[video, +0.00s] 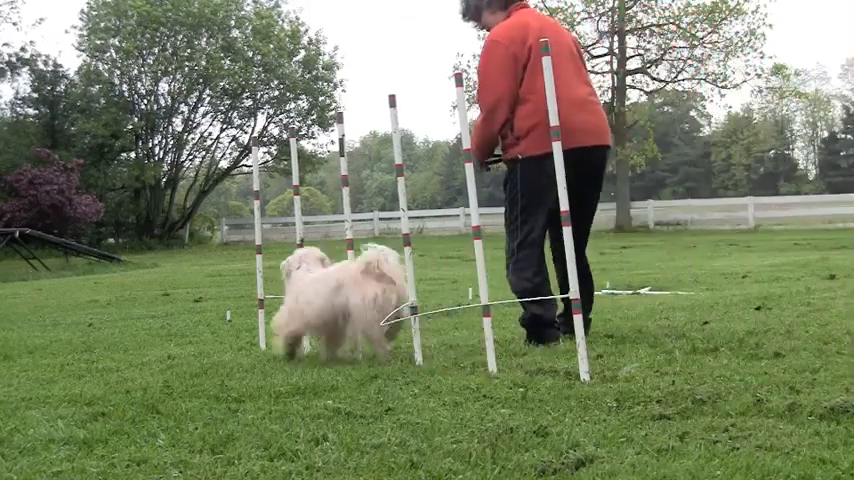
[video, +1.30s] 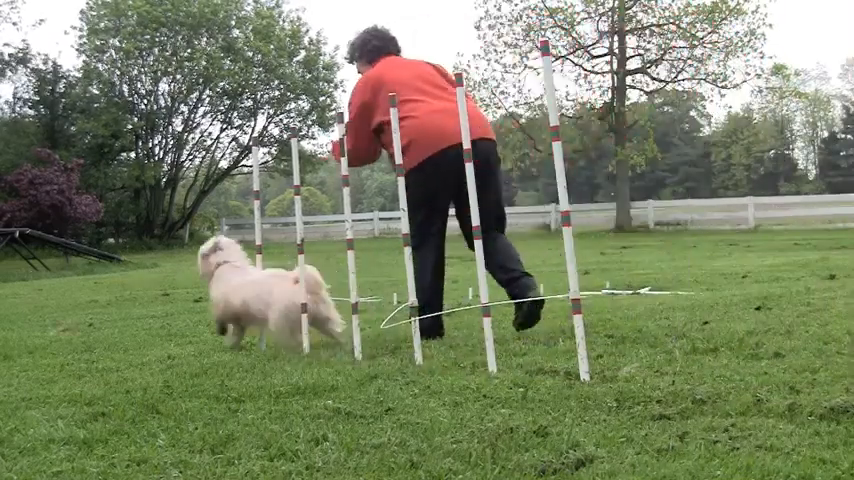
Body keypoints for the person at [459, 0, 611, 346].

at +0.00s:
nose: (483, 29)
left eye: (480, 20)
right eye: (477, 24)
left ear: (492, 6)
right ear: (514, 2)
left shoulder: (503, 37)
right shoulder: (561, 30)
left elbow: (495, 107)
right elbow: (575, 87)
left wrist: (479, 153)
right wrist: (519, 135)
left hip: (540, 145)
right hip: (593, 138)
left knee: (524, 243)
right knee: (571, 239)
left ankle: (542, 330)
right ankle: (578, 322)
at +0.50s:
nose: (470, 41)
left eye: (469, 33)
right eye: (467, 35)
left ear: (480, 21)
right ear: (506, 16)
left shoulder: (484, 51)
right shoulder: (549, 43)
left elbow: (479, 117)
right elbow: (575, 92)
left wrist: (479, 163)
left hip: (524, 150)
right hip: (582, 144)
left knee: (501, 235)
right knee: (572, 234)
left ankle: (499, 322)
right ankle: (577, 319)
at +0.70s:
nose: (444, 54)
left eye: (444, 46)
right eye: (442, 48)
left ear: (457, 35)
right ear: (480, 31)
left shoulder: (456, 65)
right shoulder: (521, 55)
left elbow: (449, 134)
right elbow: (552, 104)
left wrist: (450, 186)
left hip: (501, 160)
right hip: (557, 152)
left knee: (472, 245)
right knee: (558, 240)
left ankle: (441, 320)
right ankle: (574, 318)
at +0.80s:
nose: (424, 64)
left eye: (424, 57)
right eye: (421, 59)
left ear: (435, 46)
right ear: (459, 42)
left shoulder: (433, 81)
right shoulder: (499, 62)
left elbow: (427, 144)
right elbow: (535, 107)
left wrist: (429, 200)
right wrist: (544, 147)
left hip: (481, 165)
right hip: (536, 153)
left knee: (460, 251)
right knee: (550, 239)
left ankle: (436, 325)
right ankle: (573, 316)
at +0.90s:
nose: (399, 75)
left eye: (400, 68)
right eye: (397, 69)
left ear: (411, 59)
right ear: (434, 54)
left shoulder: (409, 90)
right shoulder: (474, 71)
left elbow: (391, 160)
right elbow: (511, 113)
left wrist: (367, 202)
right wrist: (533, 154)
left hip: (459, 169)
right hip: (517, 155)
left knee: (440, 248)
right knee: (541, 238)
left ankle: (430, 328)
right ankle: (569, 318)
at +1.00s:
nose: (379, 83)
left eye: (378, 76)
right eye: (377, 77)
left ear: (388, 68)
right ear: (414, 61)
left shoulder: (389, 96)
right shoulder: (454, 76)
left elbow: (361, 145)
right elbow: (493, 111)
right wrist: (520, 153)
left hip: (446, 166)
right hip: (503, 152)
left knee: (431, 247)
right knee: (529, 239)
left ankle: (429, 326)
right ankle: (566, 309)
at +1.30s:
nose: (359, 74)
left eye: (359, 68)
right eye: (357, 69)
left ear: (368, 59)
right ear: (394, 52)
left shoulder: (368, 82)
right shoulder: (430, 67)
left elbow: (361, 153)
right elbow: (460, 101)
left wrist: (342, 150)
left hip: (429, 152)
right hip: (481, 141)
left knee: (427, 241)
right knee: (486, 230)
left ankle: (430, 324)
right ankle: (525, 289)